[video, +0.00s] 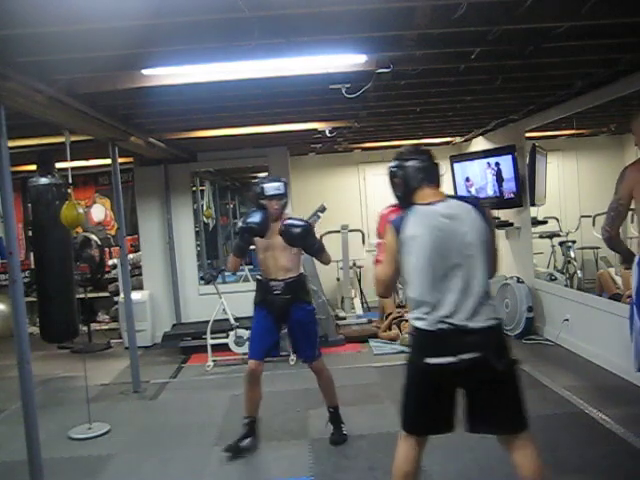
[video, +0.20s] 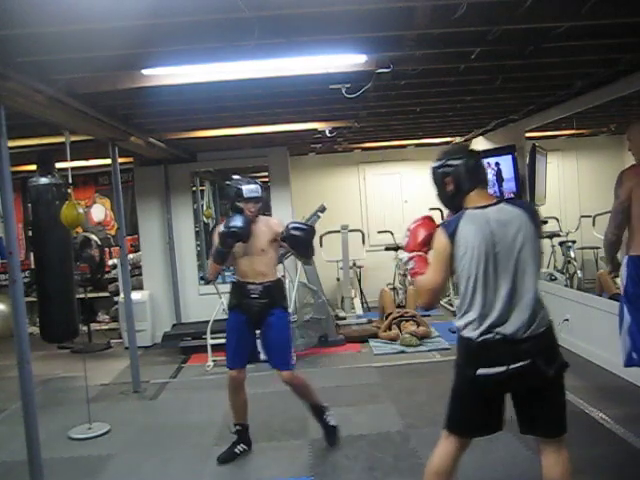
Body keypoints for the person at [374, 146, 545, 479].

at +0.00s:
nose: (393, 185)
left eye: (394, 179)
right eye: (393, 179)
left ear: (400, 183)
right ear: (436, 177)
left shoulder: (399, 225)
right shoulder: (476, 213)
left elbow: (384, 286)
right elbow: (490, 269)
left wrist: (387, 254)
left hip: (432, 351)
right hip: (486, 345)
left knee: (412, 438)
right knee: (517, 438)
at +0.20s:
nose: (440, 192)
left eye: (440, 185)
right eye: (438, 185)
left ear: (451, 183)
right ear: (483, 177)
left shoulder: (450, 230)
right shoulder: (526, 214)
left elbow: (428, 294)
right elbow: (528, 266)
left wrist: (418, 257)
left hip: (480, 357)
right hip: (537, 351)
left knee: (454, 440)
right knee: (553, 444)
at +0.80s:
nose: (454, 193)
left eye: (454, 184)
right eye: (451, 185)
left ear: (470, 179)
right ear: (484, 175)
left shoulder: (492, 215)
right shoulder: (528, 205)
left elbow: (462, 278)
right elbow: (502, 257)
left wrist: (434, 242)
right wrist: (465, 230)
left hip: (512, 329)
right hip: (552, 323)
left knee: (487, 412)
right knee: (547, 407)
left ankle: (512, 475)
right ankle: (561, 475)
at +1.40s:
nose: (463, 193)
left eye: (466, 187)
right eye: (461, 188)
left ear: (482, 184)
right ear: (481, 185)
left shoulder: (510, 208)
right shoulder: (484, 211)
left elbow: (496, 247)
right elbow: (475, 251)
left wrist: (455, 226)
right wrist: (454, 226)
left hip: (522, 294)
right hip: (508, 293)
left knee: (495, 374)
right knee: (534, 369)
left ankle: (518, 435)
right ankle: (572, 431)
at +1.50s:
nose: (455, 197)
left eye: (455, 190)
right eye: (452, 191)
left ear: (470, 187)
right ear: (476, 185)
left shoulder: (498, 207)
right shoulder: (482, 212)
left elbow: (470, 239)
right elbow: (463, 252)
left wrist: (431, 220)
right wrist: (444, 228)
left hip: (515, 294)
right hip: (500, 293)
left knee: (495, 373)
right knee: (509, 363)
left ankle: (518, 436)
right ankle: (552, 409)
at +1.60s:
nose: (447, 201)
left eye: (448, 195)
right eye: (445, 196)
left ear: (462, 189)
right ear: (469, 187)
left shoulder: (491, 212)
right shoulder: (470, 215)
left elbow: (475, 254)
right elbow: (459, 253)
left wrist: (446, 229)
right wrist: (437, 231)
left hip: (505, 294)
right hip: (489, 293)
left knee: (488, 373)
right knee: (492, 357)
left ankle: (517, 435)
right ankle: (523, 402)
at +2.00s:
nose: (427, 195)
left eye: (431, 189)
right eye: (424, 190)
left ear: (447, 187)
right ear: (424, 191)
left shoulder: (467, 213)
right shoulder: (430, 211)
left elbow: (467, 256)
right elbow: (419, 247)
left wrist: (446, 228)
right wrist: (414, 225)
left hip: (463, 280)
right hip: (440, 280)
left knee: (460, 351)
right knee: (449, 346)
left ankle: (484, 406)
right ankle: (481, 393)